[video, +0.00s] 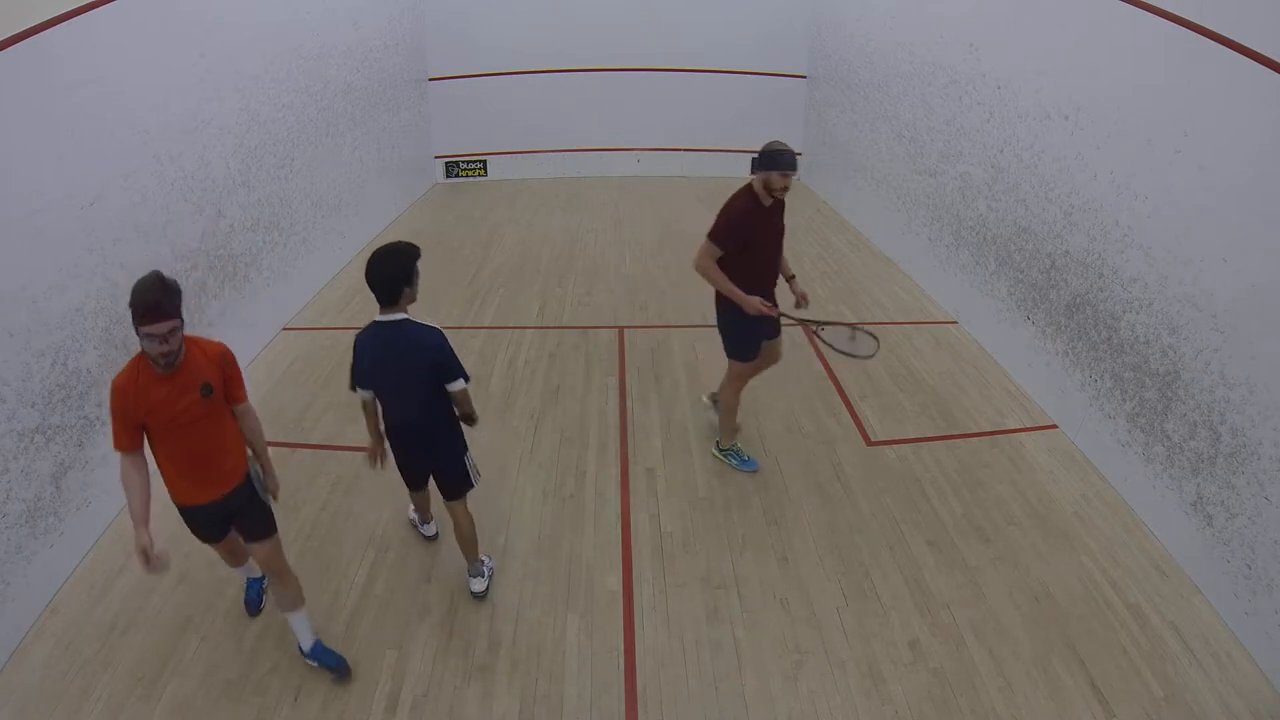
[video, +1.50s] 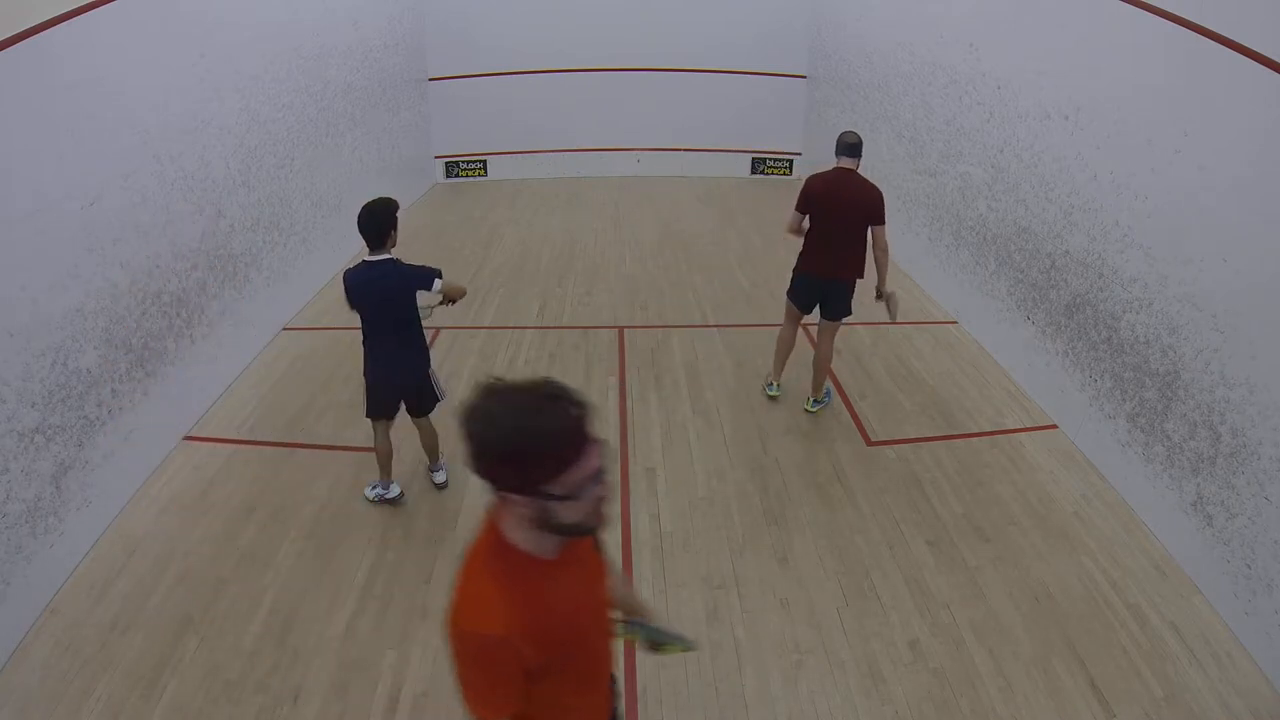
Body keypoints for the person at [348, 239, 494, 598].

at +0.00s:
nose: (418, 287)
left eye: (416, 280)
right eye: (416, 281)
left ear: (376, 290)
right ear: (406, 291)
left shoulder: (365, 340)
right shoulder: (430, 337)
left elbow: (367, 399)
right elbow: (458, 393)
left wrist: (375, 437)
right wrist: (468, 414)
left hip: (402, 436)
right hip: (440, 433)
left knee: (416, 485)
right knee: (457, 505)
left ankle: (426, 523)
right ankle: (476, 573)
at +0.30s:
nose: (403, 264)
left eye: (401, 258)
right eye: (400, 259)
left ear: (362, 270)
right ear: (386, 269)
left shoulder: (348, 314)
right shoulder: (407, 315)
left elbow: (348, 356)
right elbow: (434, 369)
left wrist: (382, 348)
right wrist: (453, 398)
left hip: (382, 415)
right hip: (420, 408)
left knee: (407, 466)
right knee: (449, 460)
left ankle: (424, 521)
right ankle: (458, 528)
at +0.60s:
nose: (405, 252)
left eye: (402, 246)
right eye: (400, 248)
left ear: (366, 257)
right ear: (386, 258)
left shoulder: (350, 298)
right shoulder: (403, 303)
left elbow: (352, 353)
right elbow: (421, 364)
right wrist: (437, 408)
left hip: (379, 401)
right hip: (412, 395)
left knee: (406, 461)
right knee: (430, 441)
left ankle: (425, 521)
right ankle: (442, 476)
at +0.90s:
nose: (414, 242)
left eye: (411, 236)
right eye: (411, 237)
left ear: (378, 242)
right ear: (403, 244)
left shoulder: (360, 283)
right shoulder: (418, 289)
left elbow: (356, 332)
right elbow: (430, 346)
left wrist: (385, 321)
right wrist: (442, 385)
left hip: (382, 376)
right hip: (416, 374)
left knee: (388, 433)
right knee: (426, 423)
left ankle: (411, 489)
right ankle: (437, 471)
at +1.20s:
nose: (407, 235)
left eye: (406, 229)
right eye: (406, 230)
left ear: (372, 237)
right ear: (401, 237)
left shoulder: (360, 272)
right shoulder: (415, 279)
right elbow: (449, 310)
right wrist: (451, 325)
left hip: (378, 372)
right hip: (414, 372)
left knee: (386, 432)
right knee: (422, 427)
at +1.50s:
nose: (398, 232)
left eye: (395, 227)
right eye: (396, 227)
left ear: (364, 235)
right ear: (392, 234)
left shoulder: (352, 278)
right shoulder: (408, 274)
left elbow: (357, 308)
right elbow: (457, 290)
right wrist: (443, 298)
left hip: (378, 369)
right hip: (413, 364)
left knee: (380, 428)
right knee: (422, 419)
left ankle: (387, 486)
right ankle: (437, 470)